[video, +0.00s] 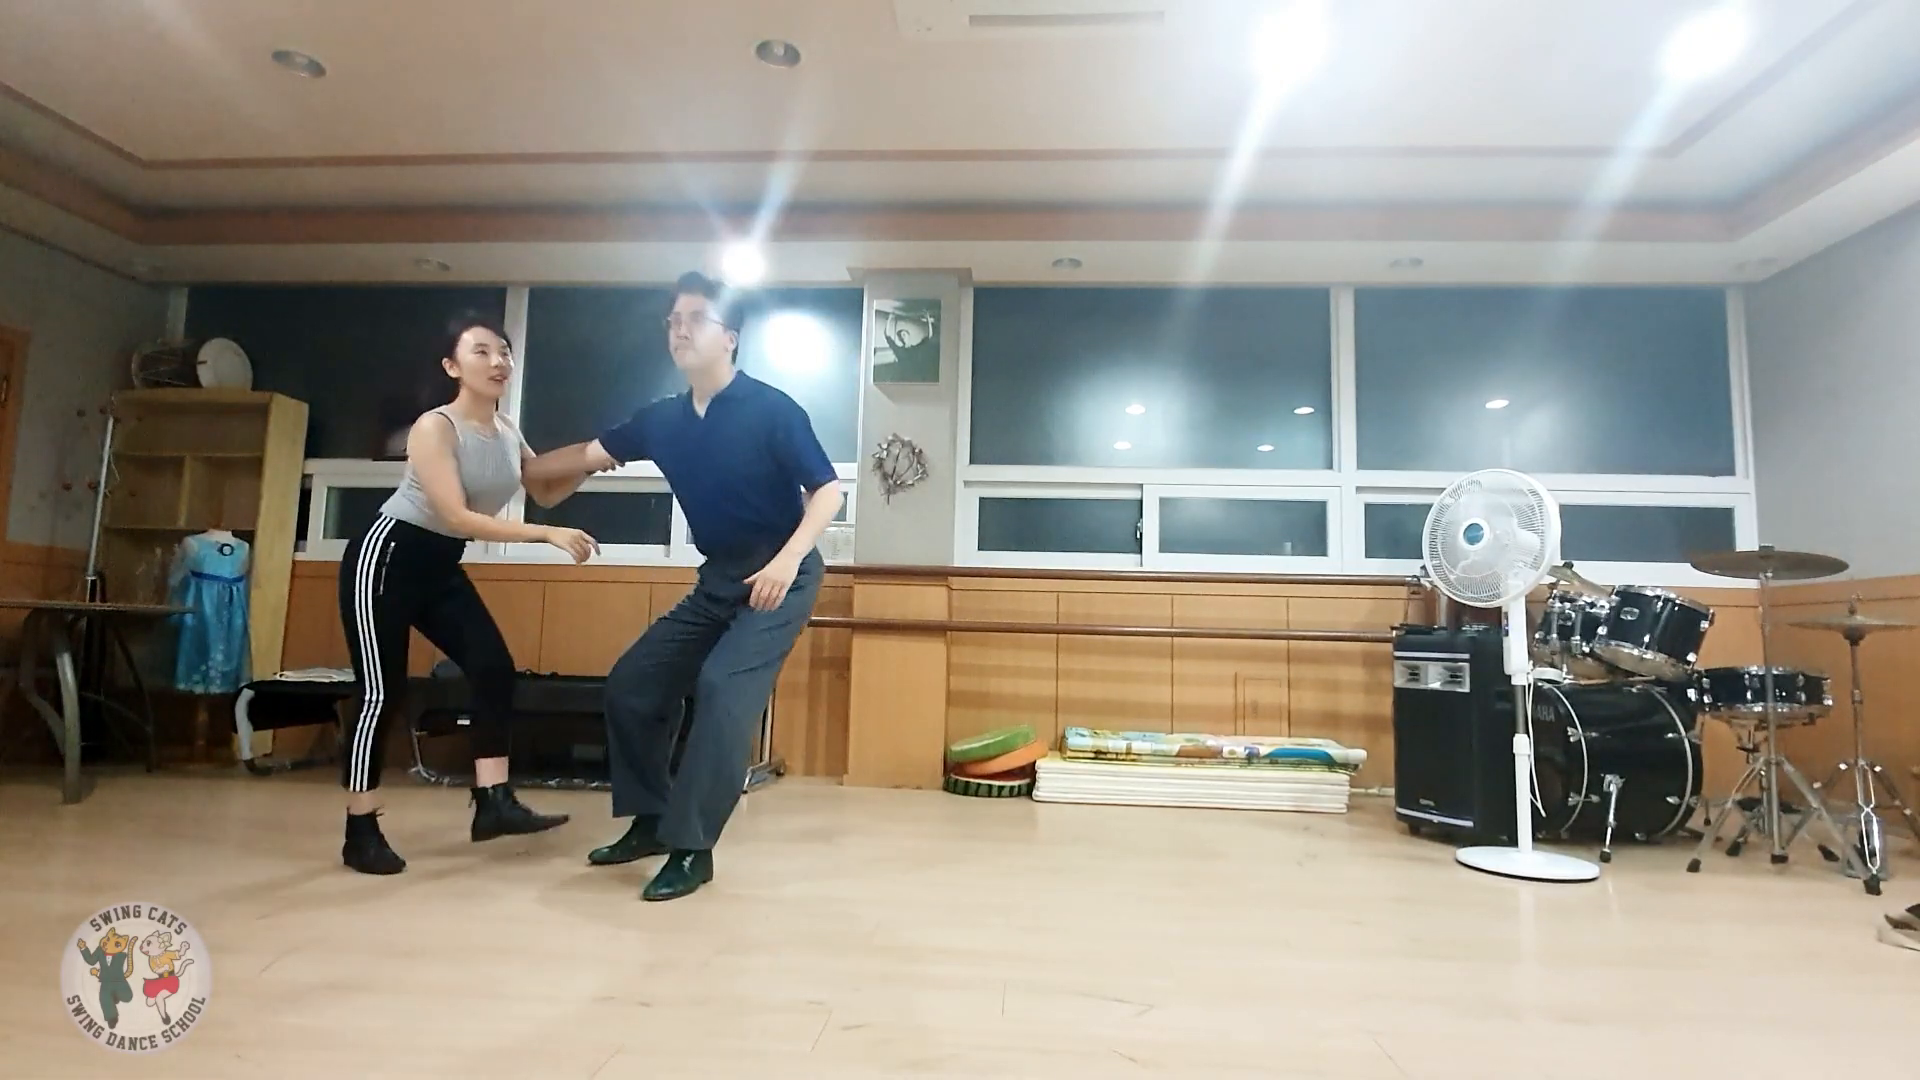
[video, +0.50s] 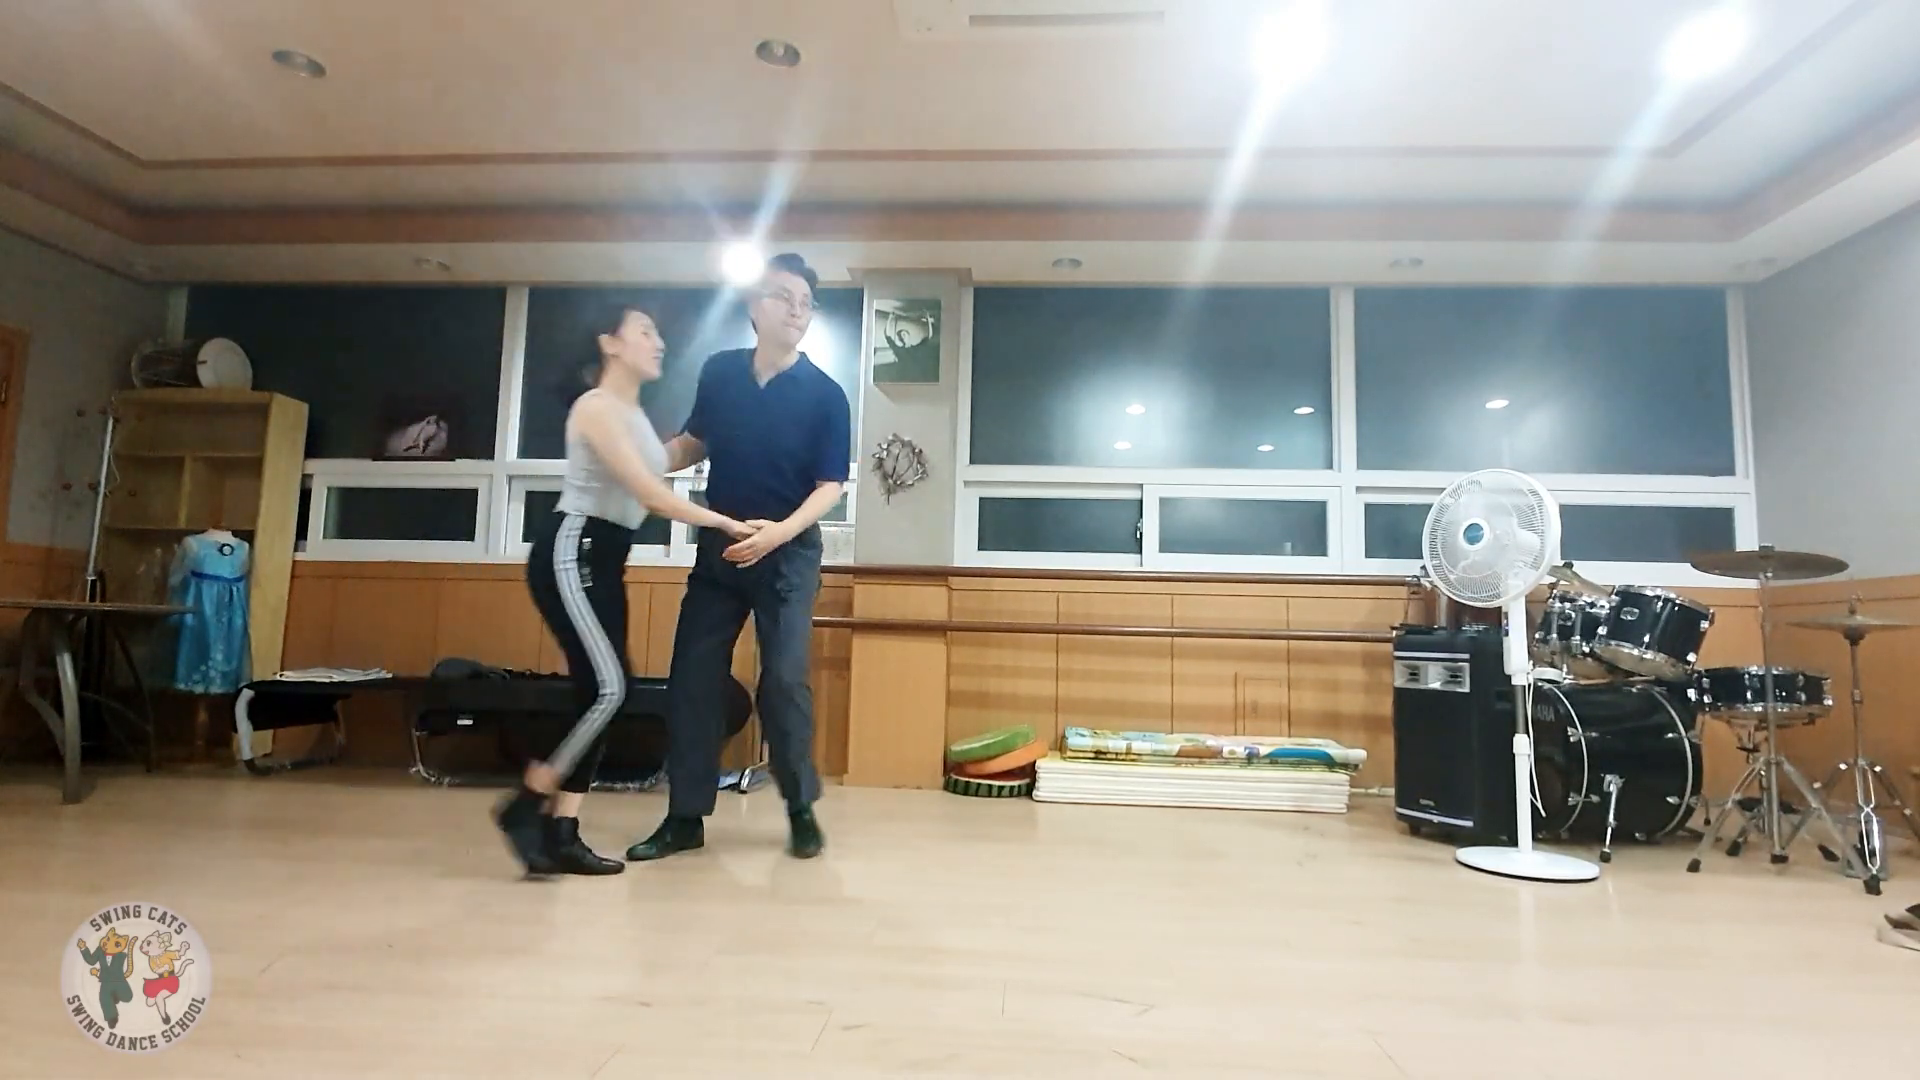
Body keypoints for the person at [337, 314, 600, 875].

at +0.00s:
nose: (498, 361)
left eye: (504, 353)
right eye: (482, 351)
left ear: (511, 366)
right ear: (453, 365)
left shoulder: (507, 432)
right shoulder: (434, 428)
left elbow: (545, 488)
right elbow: (455, 518)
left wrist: (593, 459)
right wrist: (546, 532)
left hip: (439, 567)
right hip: (385, 557)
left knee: (493, 667)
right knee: (381, 692)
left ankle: (494, 805)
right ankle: (361, 828)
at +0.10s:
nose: (511, 366)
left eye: (513, 358)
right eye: (493, 357)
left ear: (519, 374)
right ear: (462, 375)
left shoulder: (516, 433)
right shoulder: (445, 437)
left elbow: (552, 491)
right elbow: (472, 528)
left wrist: (603, 464)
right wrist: (559, 540)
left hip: (445, 572)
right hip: (392, 562)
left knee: (493, 672)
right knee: (387, 693)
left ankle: (518, 808)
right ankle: (361, 829)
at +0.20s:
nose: (533, 370)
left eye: (535, 362)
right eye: (516, 363)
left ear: (539, 376)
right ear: (485, 379)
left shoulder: (536, 440)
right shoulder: (467, 443)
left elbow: (569, 500)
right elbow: (499, 534)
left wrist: (630, 463)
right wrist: (585, 543)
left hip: (469, 580)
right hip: (418, 572)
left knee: (510, 685)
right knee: (410, 705)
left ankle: (539, 826)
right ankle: (364, 832)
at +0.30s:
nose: (570, 364)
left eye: (571, 356)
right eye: (553, 356)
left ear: (574, 373)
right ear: (520, 374)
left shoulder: (564, 435)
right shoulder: (506, 434)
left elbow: (579, 502)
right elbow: (545, 523)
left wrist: (646, 466)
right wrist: (635, 538)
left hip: (516, 579)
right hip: (468, 571)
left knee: (551, 693)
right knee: (447, 710)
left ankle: (555, 836)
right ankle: (372, 822)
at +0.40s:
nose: (613, 353)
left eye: (612, 344)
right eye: (598, 343)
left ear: (608, 359)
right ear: (563, 357)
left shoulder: (599, 429)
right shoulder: (550, 419)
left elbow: (615, 486)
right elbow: (600, 503)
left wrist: (659, 456)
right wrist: (685, 528)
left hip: (564, 566)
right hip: (523, 558)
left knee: (579, 694)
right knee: (529, 704)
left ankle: (557, 836)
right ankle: (431, 788)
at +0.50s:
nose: (658, 343)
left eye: (657, 335)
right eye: (643, 332)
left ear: (648, 351)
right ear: (609, 345)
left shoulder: (633, 415)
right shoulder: (596, 408)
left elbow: (663, 476)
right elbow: (651, 494)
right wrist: (723, 523)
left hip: (601, 560)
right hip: (571, 554)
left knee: (604, 691)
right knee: (609, 689)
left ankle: (563, 829)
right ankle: (525, 806)